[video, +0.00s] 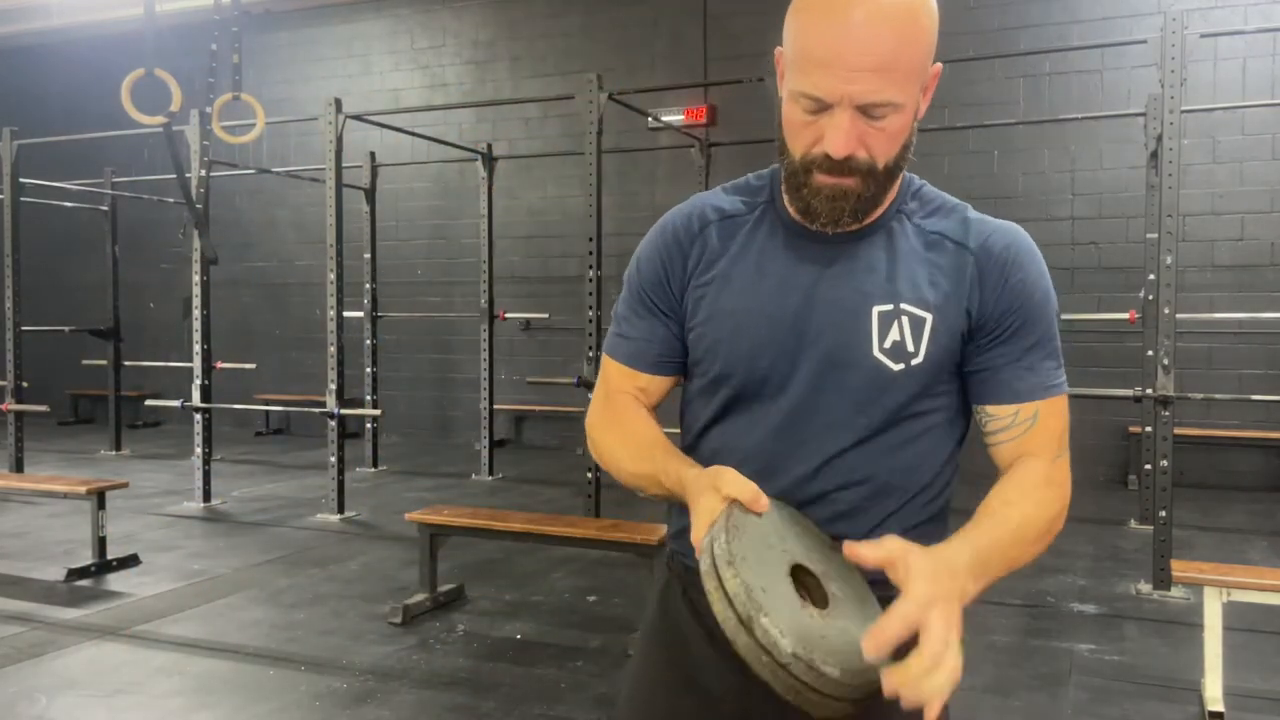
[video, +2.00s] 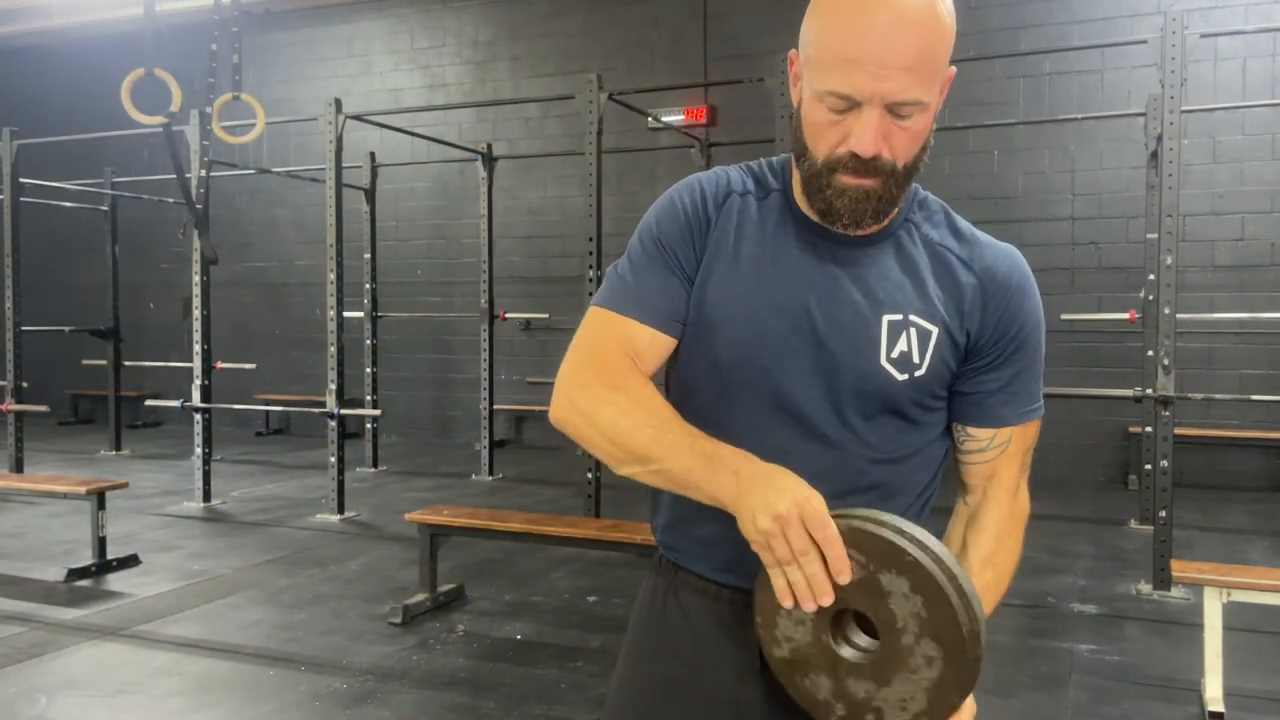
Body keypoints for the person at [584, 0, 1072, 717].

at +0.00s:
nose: (839, 144)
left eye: (874, 111)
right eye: (813, 106)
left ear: (926, 92)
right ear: (778, 74)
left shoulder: (991, 263)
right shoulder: (689, 242)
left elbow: (1040, 476)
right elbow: (612, 415)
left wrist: (953, 571)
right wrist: (686, 477)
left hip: (884, 634)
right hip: (702, 615)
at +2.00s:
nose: (867, 143)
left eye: (901, 111)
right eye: (840, 105)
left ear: (941, 99)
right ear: (795, 79)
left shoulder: (989, 283)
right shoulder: (700, 217)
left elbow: (995, 491)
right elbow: (587, 390)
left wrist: (938, 659)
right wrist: (742, 479)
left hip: (871, 648)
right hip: (693, 627)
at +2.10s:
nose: (867, 145)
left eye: (903, 113)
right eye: (840, 105)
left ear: (947, 99)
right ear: (799, 77)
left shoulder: (991, 286)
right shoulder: (704, 214)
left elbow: (1002, 502)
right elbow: (574, 371)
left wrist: (945, 679)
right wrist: (728, 467)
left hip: (871, 641)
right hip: (689, 622)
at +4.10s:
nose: (727, 205)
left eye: (733, 186)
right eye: (731, 180)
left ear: (645, 160)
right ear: (701, 157)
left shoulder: (573, 256)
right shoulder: (659, 249)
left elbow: (567, 414)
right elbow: (618, 414)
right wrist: (669, 581)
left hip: (561, 541)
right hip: (632, 548)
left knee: (592, 705)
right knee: (708, 703)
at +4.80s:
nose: (840, 224)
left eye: (840, 217)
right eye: (843, 215)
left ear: (767, 211)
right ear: (837, 212)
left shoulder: (694, 274)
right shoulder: (852, 281)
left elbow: (624, 382)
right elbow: (869, 417)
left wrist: (619, 482)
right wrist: (901, 538)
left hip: (709, 518)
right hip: (810, 524)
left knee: (692, 688)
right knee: (818, 701)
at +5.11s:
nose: (873, 227)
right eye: (872, 219)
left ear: (796, 226)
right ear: (863, 217)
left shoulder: (734, 281)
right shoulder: (889, 283)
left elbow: (674, 386)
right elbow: (919, 412)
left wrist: (664, 471)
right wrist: (953, 511)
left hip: (755, 498)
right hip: (843, 502)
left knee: (776, 646)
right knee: (832, 680)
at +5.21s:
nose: (875, 234)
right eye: (875, 225)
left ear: (801, 232)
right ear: (865, 221)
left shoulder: (743, 288)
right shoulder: (892, 287)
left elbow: (687, 388)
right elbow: (925, 411)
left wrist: (671, 475)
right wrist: (959, 505)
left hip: (767, 498)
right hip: (851, 502)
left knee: (791, 647)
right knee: (840, 682)